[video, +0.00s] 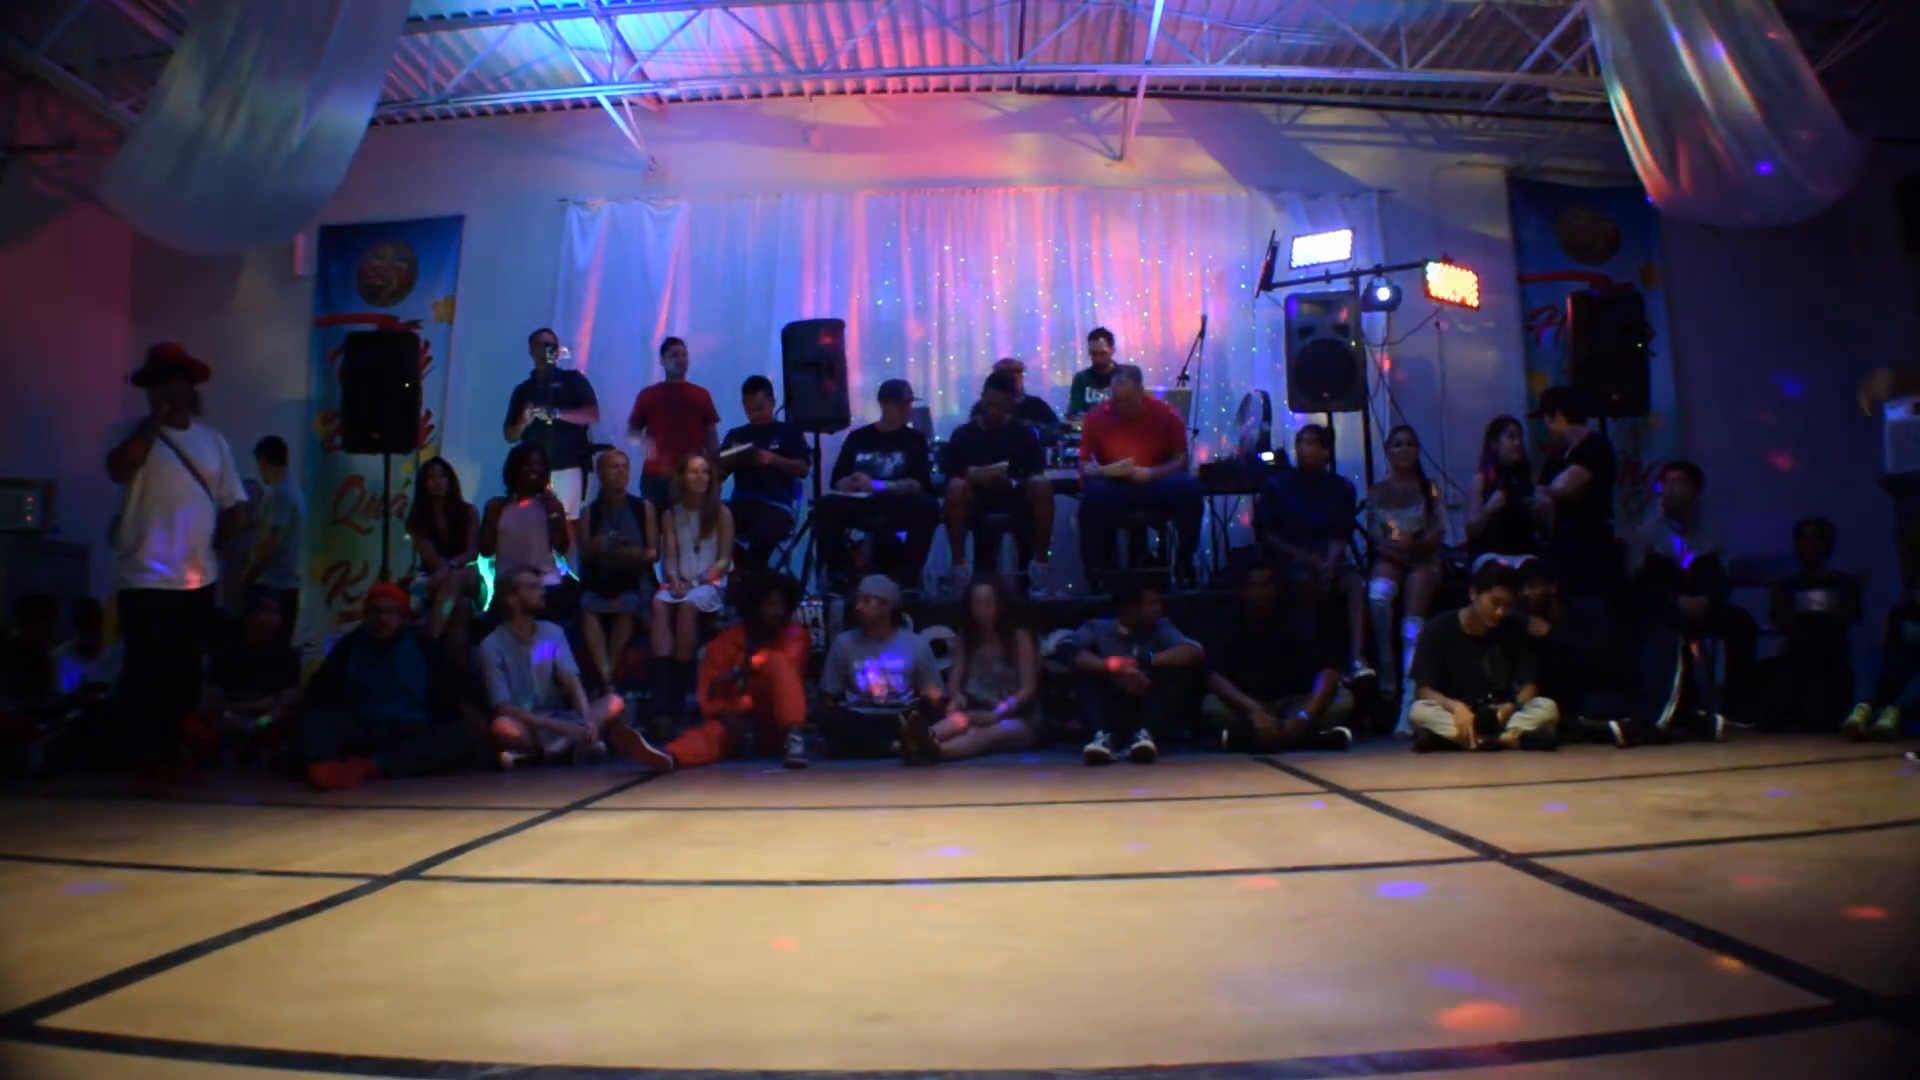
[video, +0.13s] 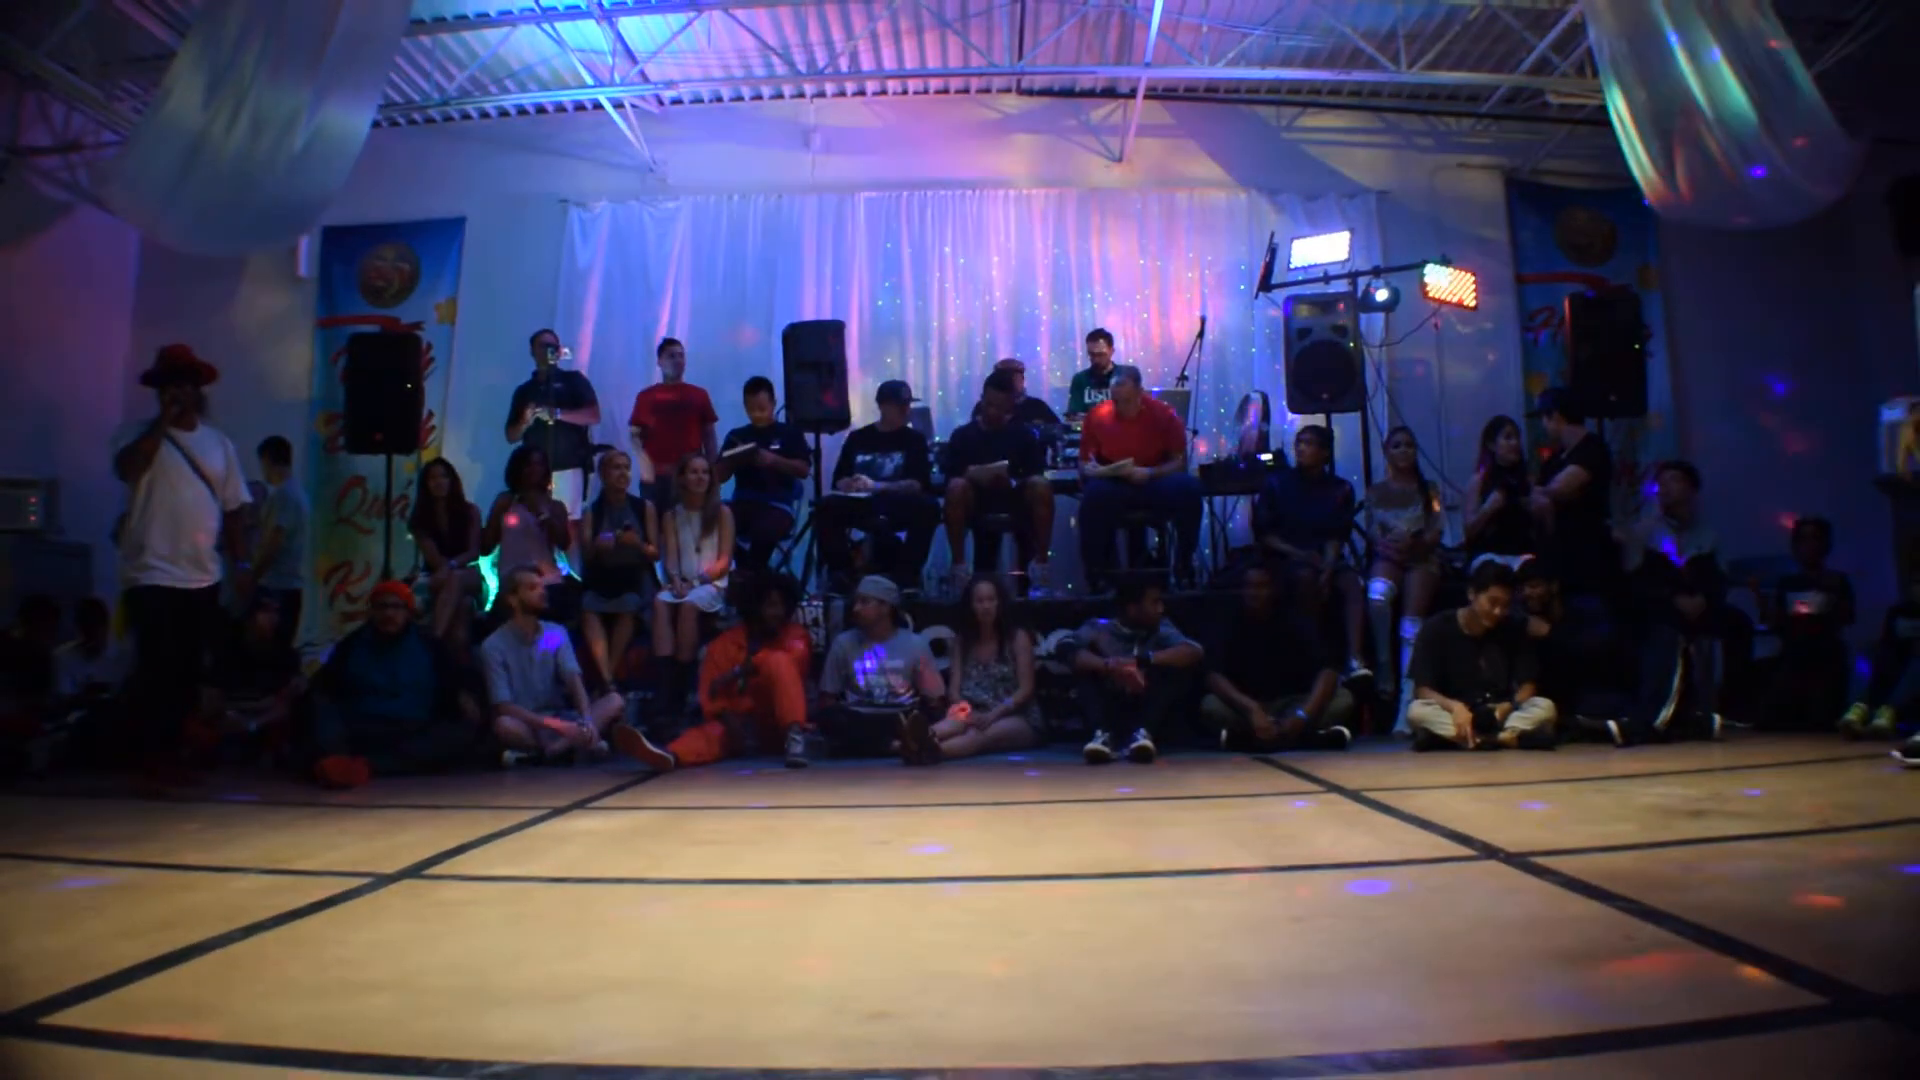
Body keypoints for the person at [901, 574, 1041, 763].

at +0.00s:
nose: (983, 609)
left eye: (989, 603)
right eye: (978, 603)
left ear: (1000, 605)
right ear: (969, 607)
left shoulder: (1018, 638)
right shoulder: (966, 639)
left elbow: (1028, 688)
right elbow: (954, 682)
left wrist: (995, 714)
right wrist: (958, 698)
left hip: (1011, 711)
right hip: (975, 708)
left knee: (979, 736)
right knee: (957, 722)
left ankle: (935, 752)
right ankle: (922, 737)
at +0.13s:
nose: (986, 607)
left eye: (991, 600)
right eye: (979, 601)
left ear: (1000, 602)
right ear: (970, 605)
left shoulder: (1017, 638)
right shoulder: (963, 641)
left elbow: (1026, 689)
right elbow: (954, 691)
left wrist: (991, 715)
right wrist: (968, 713)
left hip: (1011, 712)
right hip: (973, 711)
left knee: (981, 737)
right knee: (957, 724)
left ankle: (933, 751)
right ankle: (920, 737)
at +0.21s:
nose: (987, 606)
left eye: (992, 599)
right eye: (981, 599)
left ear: (1001, 602)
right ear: (970, 604)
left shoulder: (1017, 638)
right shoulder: (962, 641)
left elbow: (1025, 688)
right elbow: (956, 688)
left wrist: (990, 715)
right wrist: (966, 709)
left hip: (1009, 710)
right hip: (974, 711)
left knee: (981, 737)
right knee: (951, 726)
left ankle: (933, 752)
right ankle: (918, 740)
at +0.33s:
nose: (988, 605)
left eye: (993, 598)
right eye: (981, 599)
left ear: (1000, 602)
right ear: (970, 603)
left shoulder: (1017, 637)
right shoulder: (963, 640)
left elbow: (1025, 687)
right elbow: (956, 688)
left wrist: (989, 716)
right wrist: (960, 703)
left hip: (1011, 710)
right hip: (974, 710)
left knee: (985, 736)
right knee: (950, 725)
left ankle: (934, 752)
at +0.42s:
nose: (991, 604)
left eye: (995, 597)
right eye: (984, 598)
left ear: (1002, 601)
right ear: (972, 603)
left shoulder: (1018, 637)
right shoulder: (964, 641)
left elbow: (1026, 687)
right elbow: (956, 690)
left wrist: (989, 715)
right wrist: (960, 703)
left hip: (1012, 709)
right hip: (974, 709)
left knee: (986, 736)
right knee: (951, 725)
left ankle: (935, 752)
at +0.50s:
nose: (993, 603)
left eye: (997, 597)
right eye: (986, 597)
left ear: (1004, 601)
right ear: (974, 602)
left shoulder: (1019, 637)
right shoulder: (966, 640)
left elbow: (1026, 687)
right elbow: (957, 688)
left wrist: (990, 715)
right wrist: (960, 701)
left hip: (1010, 708)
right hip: (974, 708)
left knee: (991, 734)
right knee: (947, 726)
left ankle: (934, 752)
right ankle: (917, 741)